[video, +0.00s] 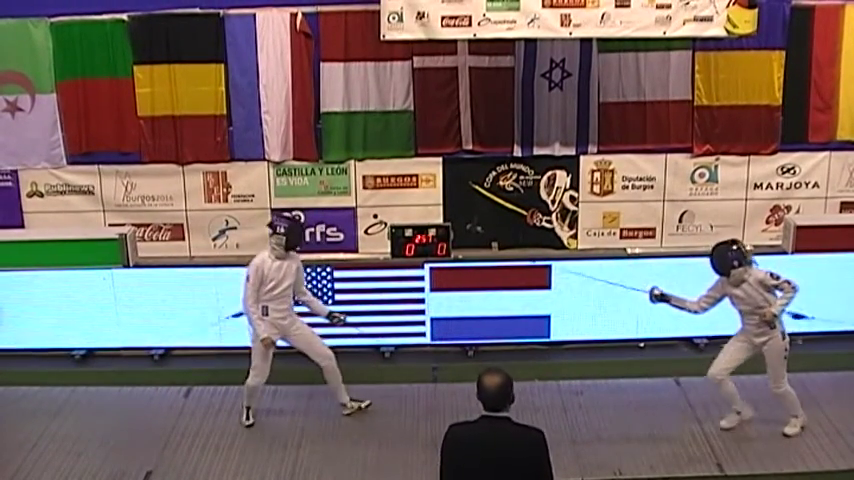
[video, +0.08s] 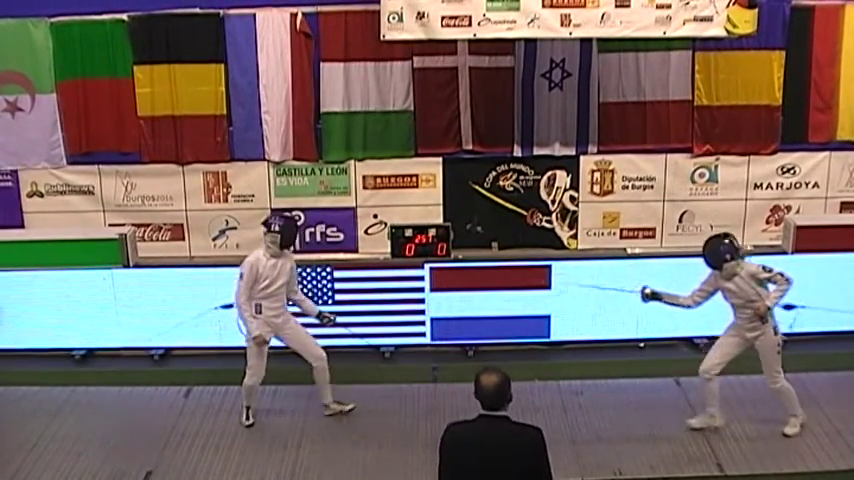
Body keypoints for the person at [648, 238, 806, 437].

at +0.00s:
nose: (729, 278)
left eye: (731, 273)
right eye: (727, 274)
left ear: (741, 266)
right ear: (724, 270)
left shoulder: (758, 277)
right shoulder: (724, 284)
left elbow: (790, 289)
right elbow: (698, 307)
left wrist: (775, 310)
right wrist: (666, 298)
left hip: (773, 336)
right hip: (747, 336)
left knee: (779, 386)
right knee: (717, 374)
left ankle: (798, 418)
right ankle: (740, 410)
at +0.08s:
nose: (723, 272)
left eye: (725, 266)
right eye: (720, 268)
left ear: (733, 259)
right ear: (717, 265)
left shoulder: (750, 270)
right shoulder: (716, 278)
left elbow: (784, 282)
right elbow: (691, 301)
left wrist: (768, 304)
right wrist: (657, 296)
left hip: (765, 330)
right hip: (739, 329)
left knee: (776, 382)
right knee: (707, 371)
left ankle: (796, 417)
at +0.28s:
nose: (697, 281)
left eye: (699, 276)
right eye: (694, 277)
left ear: (706, 269)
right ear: (690, 275)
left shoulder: (723, 281)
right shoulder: (689, 290)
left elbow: (756, 294)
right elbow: (660, 307)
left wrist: (741, 316)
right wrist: (628, 299)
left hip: (740, 340)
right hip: (712, 340)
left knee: (764, 384)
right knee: (676, 374)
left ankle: (793, 417)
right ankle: (663, 419)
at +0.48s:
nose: (675, 274)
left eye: (677, 269)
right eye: (672, 270)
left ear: (687, 262)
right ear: (669, 267)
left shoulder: (704, 271)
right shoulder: (669, 281)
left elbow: (735, 282)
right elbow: (640, 299)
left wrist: (720, 303)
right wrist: (605, 295)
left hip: (722, 329)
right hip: (696, 331)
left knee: (748, 377)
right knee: (666, 373)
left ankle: (775, 413)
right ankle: (661, 418)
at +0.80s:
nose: (676, 285)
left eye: (679, 280)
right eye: (674, 281)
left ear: (689, 272)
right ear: (671, 278)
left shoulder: (707, 285)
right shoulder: (670, 292)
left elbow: (737, 299)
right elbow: (640, 308)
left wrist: (719, 320)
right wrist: (607, 300)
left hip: (717, 344)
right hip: (690, 342)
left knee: (737, 393)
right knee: (654, 377)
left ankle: (767, 411)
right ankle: (652, 419)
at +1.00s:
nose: (702, 268)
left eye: (702, 263)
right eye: (697, 265)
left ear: (704, 259)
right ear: (688, 267)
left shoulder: (720, 269)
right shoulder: (685, 280)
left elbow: (753, 273)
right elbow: (660, 299)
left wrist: (743, 296)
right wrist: (626, 299)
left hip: (738, 327)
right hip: (710, 328)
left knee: (757, 375)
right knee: (680, 370)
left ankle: (778, 410)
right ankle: (667, 415)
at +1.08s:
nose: (698, 272)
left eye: (698, 267)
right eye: (696, 269)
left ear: (706, 261)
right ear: (693, 267)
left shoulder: (726, 271)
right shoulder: (691, 281)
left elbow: (758, 278)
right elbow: (668, 303)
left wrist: (746, 301)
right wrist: (634, 302)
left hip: (742, 329)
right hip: (715, 330)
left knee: (762, 379)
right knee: (684, 370)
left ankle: (789, 411)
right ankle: (678, 415)